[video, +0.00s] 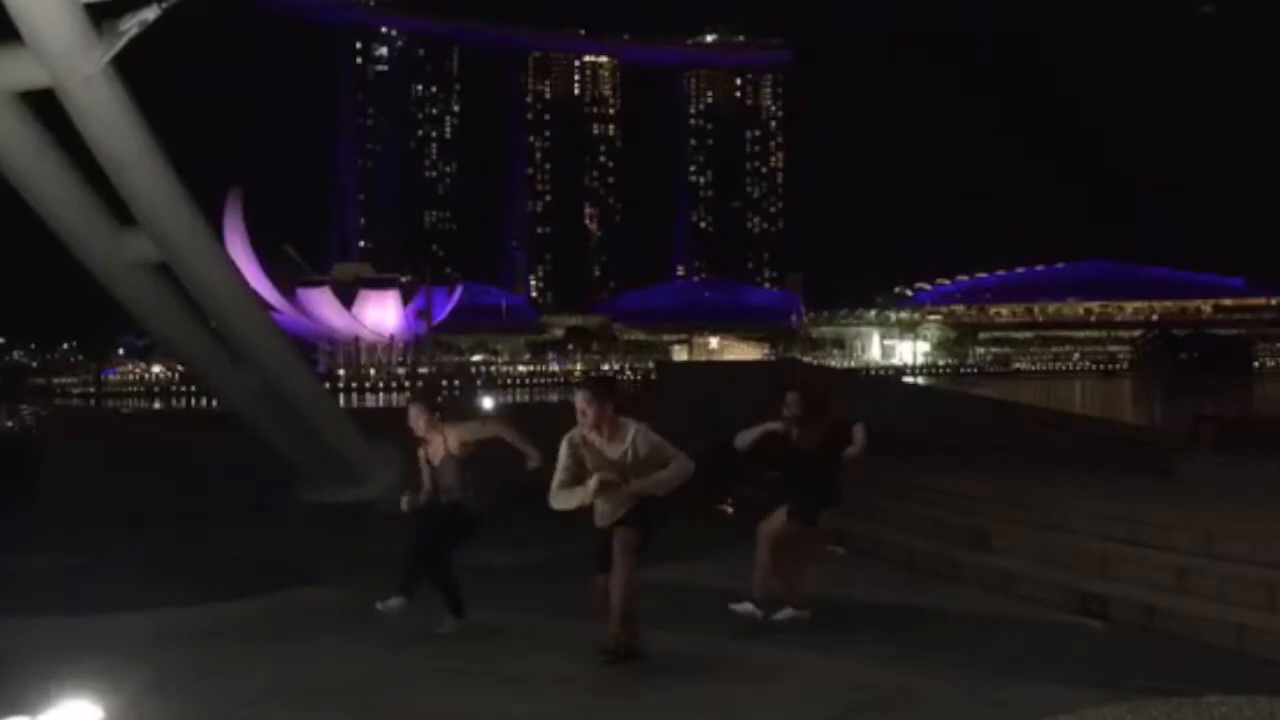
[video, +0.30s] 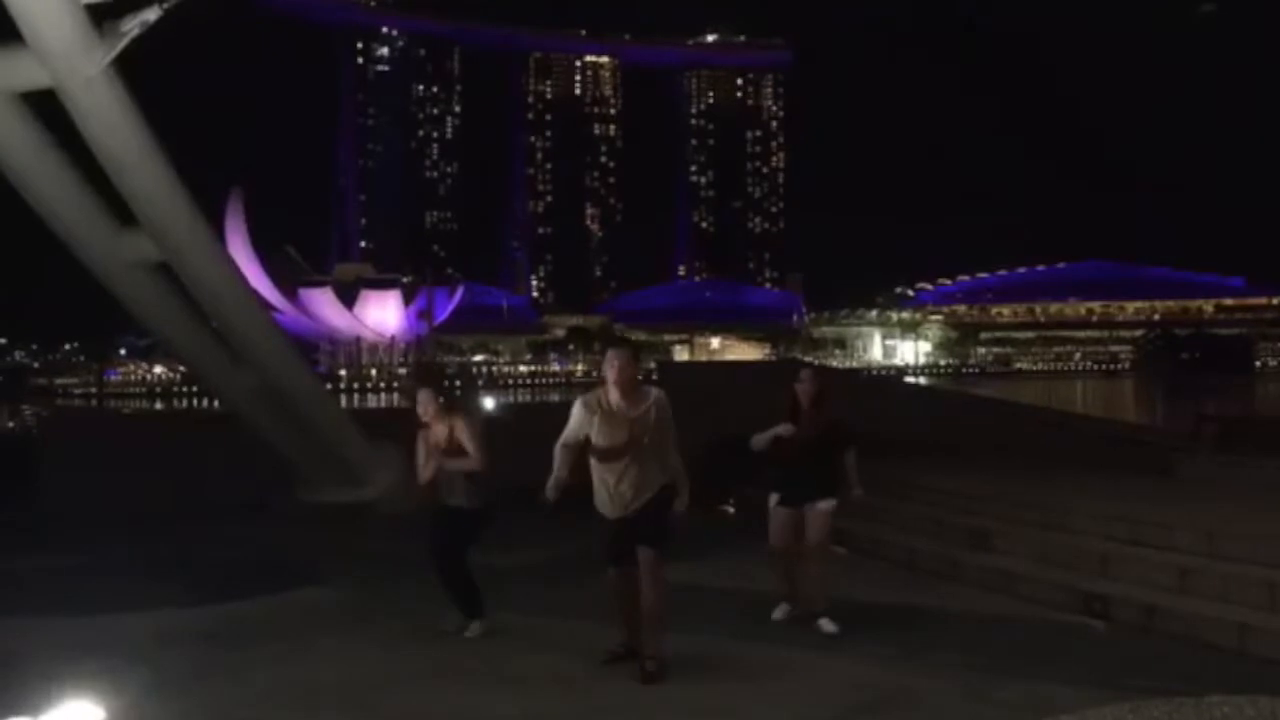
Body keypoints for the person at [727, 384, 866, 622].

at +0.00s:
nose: (786, 410)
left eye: (791, 406)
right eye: (786, 405)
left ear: (807, 409)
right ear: (787, 407)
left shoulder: (825, 432)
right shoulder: (784, 432)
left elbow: (856, 427)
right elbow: (740, 443)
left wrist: (857, 448)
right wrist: (768, 427)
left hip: (817, 498)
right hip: (794, 495)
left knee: (767, 531)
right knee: (793, 547)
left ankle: (759, 600)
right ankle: (797, 604)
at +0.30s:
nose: (803, 388)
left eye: (808, 382)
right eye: (799, 382)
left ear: (818, 387)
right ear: (794, 386)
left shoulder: (830, 420)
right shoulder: (787, 417)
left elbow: (847, 455)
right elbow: (755, 445)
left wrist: (854, 486)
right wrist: (775, 432)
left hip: (821, 491)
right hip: (786, 490)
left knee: (816, 551)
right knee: (780, 548)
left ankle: (820, 611)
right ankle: (786, 600)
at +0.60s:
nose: (812, 395)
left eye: (817, 389)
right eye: (808, 389)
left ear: (828, 392)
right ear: (803, 392)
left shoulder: (841, 421)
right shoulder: (797, 423)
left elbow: (863, 447)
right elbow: (784, 465)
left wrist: (879, 471)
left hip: (833, 495)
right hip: (801, 495)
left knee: (829, 556)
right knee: (792, 551)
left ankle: (823, 612)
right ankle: (764, 607)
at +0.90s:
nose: (818, 402)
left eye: (822, 397)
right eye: (814, 397)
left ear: (830, 399)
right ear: (807, 398)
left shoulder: (834, 427)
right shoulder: (794, 425)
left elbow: (844, 454)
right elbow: (765, 459)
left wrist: (863, 456)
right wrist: (742, 492)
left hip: (828, 495)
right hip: (795, 492)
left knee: (829, 553)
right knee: (804, 540)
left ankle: (823, 611)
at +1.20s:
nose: (809, 401)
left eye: (815, 396)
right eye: (806, 395)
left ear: (826, 399)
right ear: (801, 398)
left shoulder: (836, 430)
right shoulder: (789, 427)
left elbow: (845, 472)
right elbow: (769, 465)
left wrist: (819, 496)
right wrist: (759, 501)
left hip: (825, 497)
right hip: (791, 497)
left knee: (829, 551)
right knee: (796, 541)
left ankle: (826, 610)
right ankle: (803, 601)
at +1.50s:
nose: (797, 405)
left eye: (802, 399)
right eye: (794, 398)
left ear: (810, 401)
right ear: (786, 399)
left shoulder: (817, 429)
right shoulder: (777, 426)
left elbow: (805, 470)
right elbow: (759, 456)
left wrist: (761, 474)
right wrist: (738, 480)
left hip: (817, 501)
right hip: (782, 501)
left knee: (822, 557)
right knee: (779, 555)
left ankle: (822, 612)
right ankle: (767, 610)